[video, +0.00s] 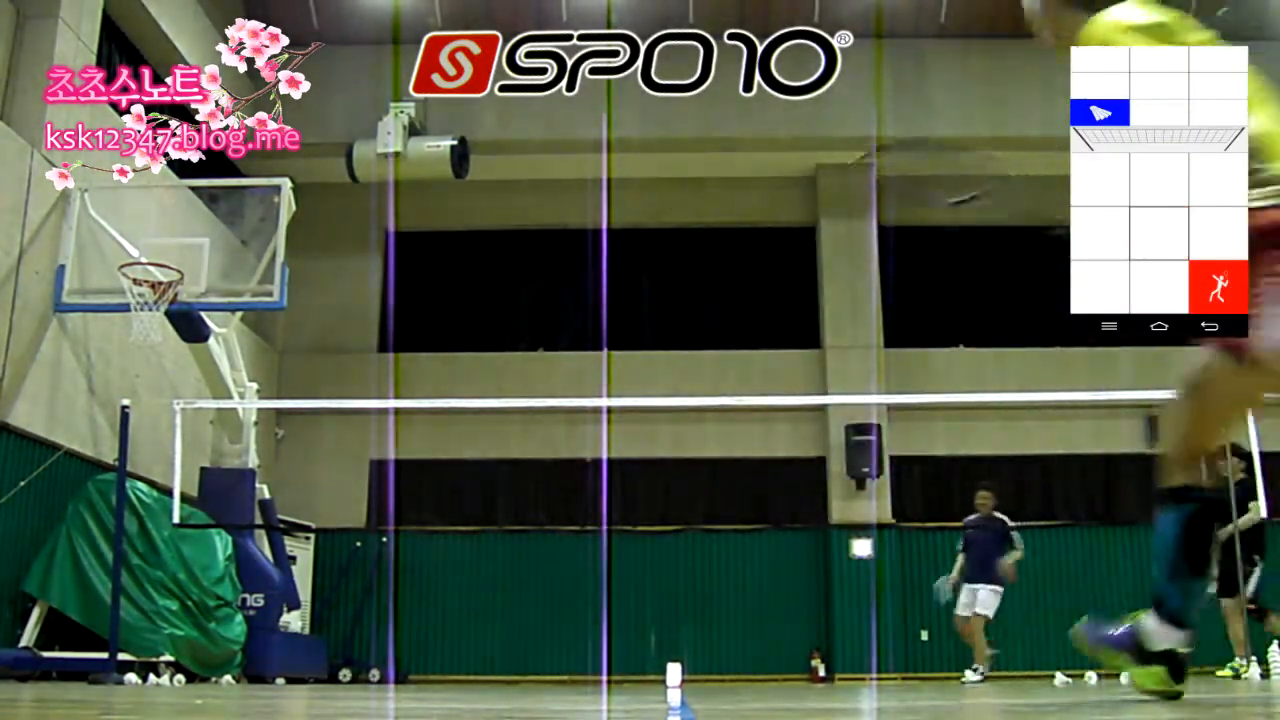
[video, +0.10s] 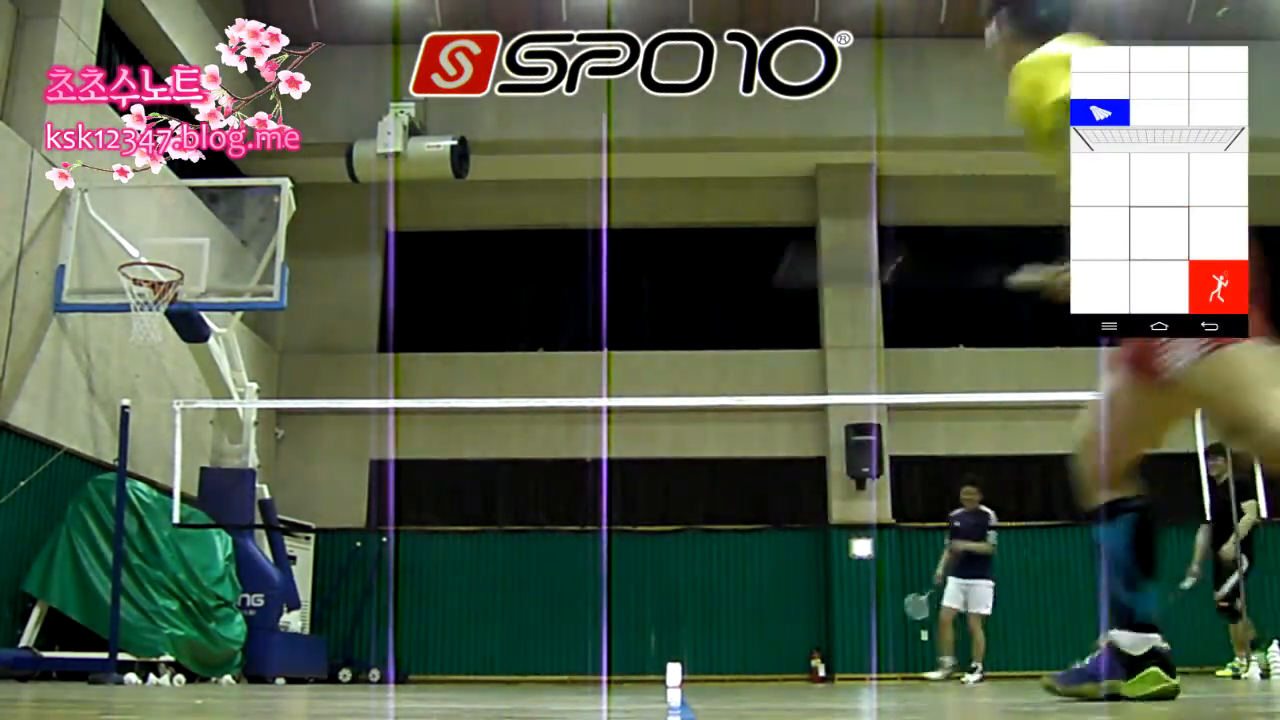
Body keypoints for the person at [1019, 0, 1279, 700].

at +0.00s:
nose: (1043, 37)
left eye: (1040, 24)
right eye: (1038, 27)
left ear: (1055, 9)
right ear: (1085, 0)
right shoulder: (1179, 30)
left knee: (1187, 438)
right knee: (1191, 441)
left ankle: (1165, 633)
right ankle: (1165, 636)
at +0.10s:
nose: (990, 44)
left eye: (991, 31)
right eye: (990, 31)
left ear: (1009, 25)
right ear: (1045, 17)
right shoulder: (1100, 60)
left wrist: (1141, 312)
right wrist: (1082, 273)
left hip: (1174, 307)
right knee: (1102, 457)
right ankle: (1133, 645)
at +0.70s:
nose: (787, 165)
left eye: (789, 157)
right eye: (791, 157)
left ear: (795, 159)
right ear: (850, 161)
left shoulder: (796, 200)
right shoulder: (897, 223)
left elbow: (775, 246)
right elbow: (953, 298)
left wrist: (657, 266)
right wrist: (891, 278)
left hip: (827, 392)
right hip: (897, 403)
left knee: (744, 519)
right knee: (851, 527)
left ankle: (719, 648)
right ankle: (924, 655)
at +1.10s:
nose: (710, 183)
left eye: (710, 173)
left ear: (716, 174)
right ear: (765, 168)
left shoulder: (736, 215)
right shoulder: (818, 223)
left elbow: (742, 272)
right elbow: (867, 290)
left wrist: (654, 333)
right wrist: (826, 339)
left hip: (784, 401)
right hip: (847, 409)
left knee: (682, 501)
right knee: (841, 536)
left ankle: (629, 626)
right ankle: (917, 646)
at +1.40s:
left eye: (514, 160)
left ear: (517, 159)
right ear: (570, 141)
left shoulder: (518, 210)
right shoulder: (634, 169)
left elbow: (466, 297)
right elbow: (711, 181)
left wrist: (445, 264)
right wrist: (701, 158)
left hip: (612, 376)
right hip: (694, 362)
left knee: (558, 513)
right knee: (748, 506)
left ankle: (597, 661)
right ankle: (818, 632)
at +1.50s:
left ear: (468, 89)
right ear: (520, 72)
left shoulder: (463, 145)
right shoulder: (568, 99)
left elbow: (444, 232)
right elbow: (623, 80)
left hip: (538, 308)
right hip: (625, 292)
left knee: (543, 483)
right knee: (652, 450)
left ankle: (570, 632)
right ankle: (680, 595)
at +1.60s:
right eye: (490, 27)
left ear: (418, 35)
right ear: (481, 20)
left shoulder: (406, 94)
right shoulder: (503, 57)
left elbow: (401, 172)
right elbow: (547, 31)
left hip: (449, 262)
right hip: (531, 246)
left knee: (485, 447)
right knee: (567, 422)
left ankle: (491, 610)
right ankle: (522, 549)